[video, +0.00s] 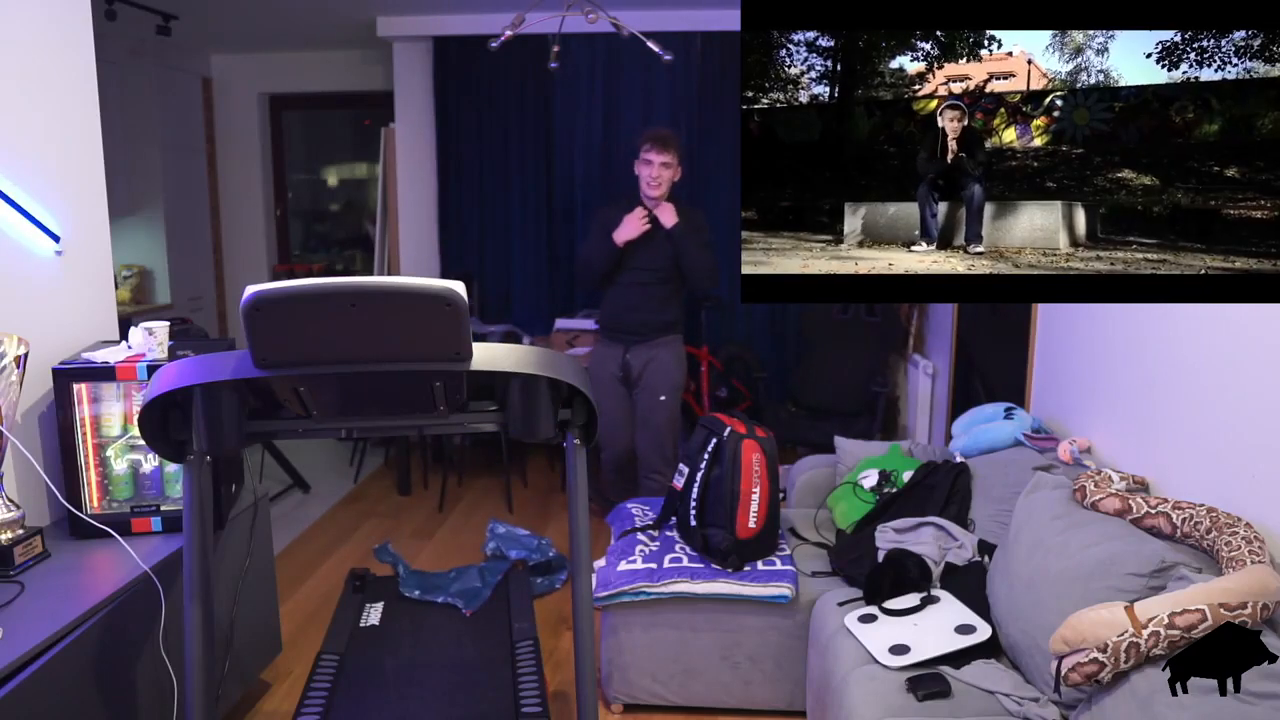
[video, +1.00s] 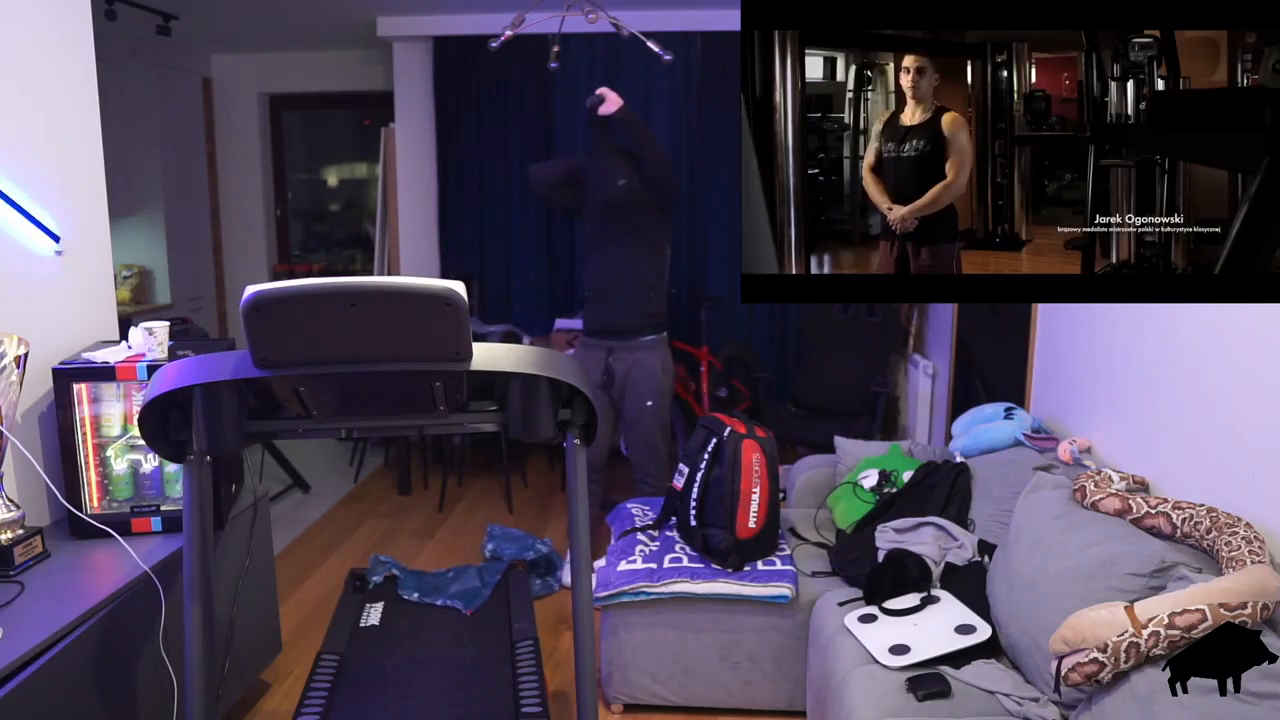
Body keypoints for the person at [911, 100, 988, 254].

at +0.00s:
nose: (955, 125)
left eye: (959, 120)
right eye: (951, 120)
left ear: (965, 121)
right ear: (942, 121)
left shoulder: (972, 136)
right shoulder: (934, 136)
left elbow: (978, 170)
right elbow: (923, 168)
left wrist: (958, 155)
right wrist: (947, 160)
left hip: (963, 181)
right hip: (941, 181)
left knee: (976, 190)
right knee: (925, 191)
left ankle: (973, 242)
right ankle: (928, 240)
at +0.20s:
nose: (965, 110)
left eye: (969, 106)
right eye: (961, 106)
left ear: (972, 108)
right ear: (950, 107)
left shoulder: (978, 125)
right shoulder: (938, 124)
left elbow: (985, 155)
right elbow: (929, 154)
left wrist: (969, 149)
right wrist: (951, 152)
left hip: (968, 171)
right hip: (943, 170)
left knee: (978, 192)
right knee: (928, 191)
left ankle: (974, 242)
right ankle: (929, 240)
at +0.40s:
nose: (913, 78)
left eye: (922, 72)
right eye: (908, 72)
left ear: (936, 80)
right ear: (901, 78)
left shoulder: (952, 122)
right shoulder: (887, 122)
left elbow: (959, 182)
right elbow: (869, 172)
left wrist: (910, 212)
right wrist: (895, 214)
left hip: (936, 239)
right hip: (893, 238)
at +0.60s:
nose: (913, 78)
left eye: (921, 72)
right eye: (907, 72)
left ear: (936, 80)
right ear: (900, 78)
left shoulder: (952, 122)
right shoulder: (886, 122)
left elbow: (958, 182)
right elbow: (868, 172)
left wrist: (910, 212)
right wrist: (894, 214)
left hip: (935, 239)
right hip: (893, 238)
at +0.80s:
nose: (912, 78)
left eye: (921, 72)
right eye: (907, 71)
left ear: (936, 79)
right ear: (900, 78)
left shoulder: (951, 122)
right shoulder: (886, 122)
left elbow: (957, 183)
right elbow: (868, 171)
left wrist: (909, 212)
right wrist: (893, 213)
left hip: (935, 239)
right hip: (892, 238)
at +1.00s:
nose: (912, 77)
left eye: (920, 71)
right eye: (906, 71)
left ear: (935, 79)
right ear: (900, 78)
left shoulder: (951, 122)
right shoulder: (885, 122)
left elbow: (957, 183)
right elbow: (867, 171)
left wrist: (909, 212)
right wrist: (892, 213)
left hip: (935, 239)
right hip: (892, 238)